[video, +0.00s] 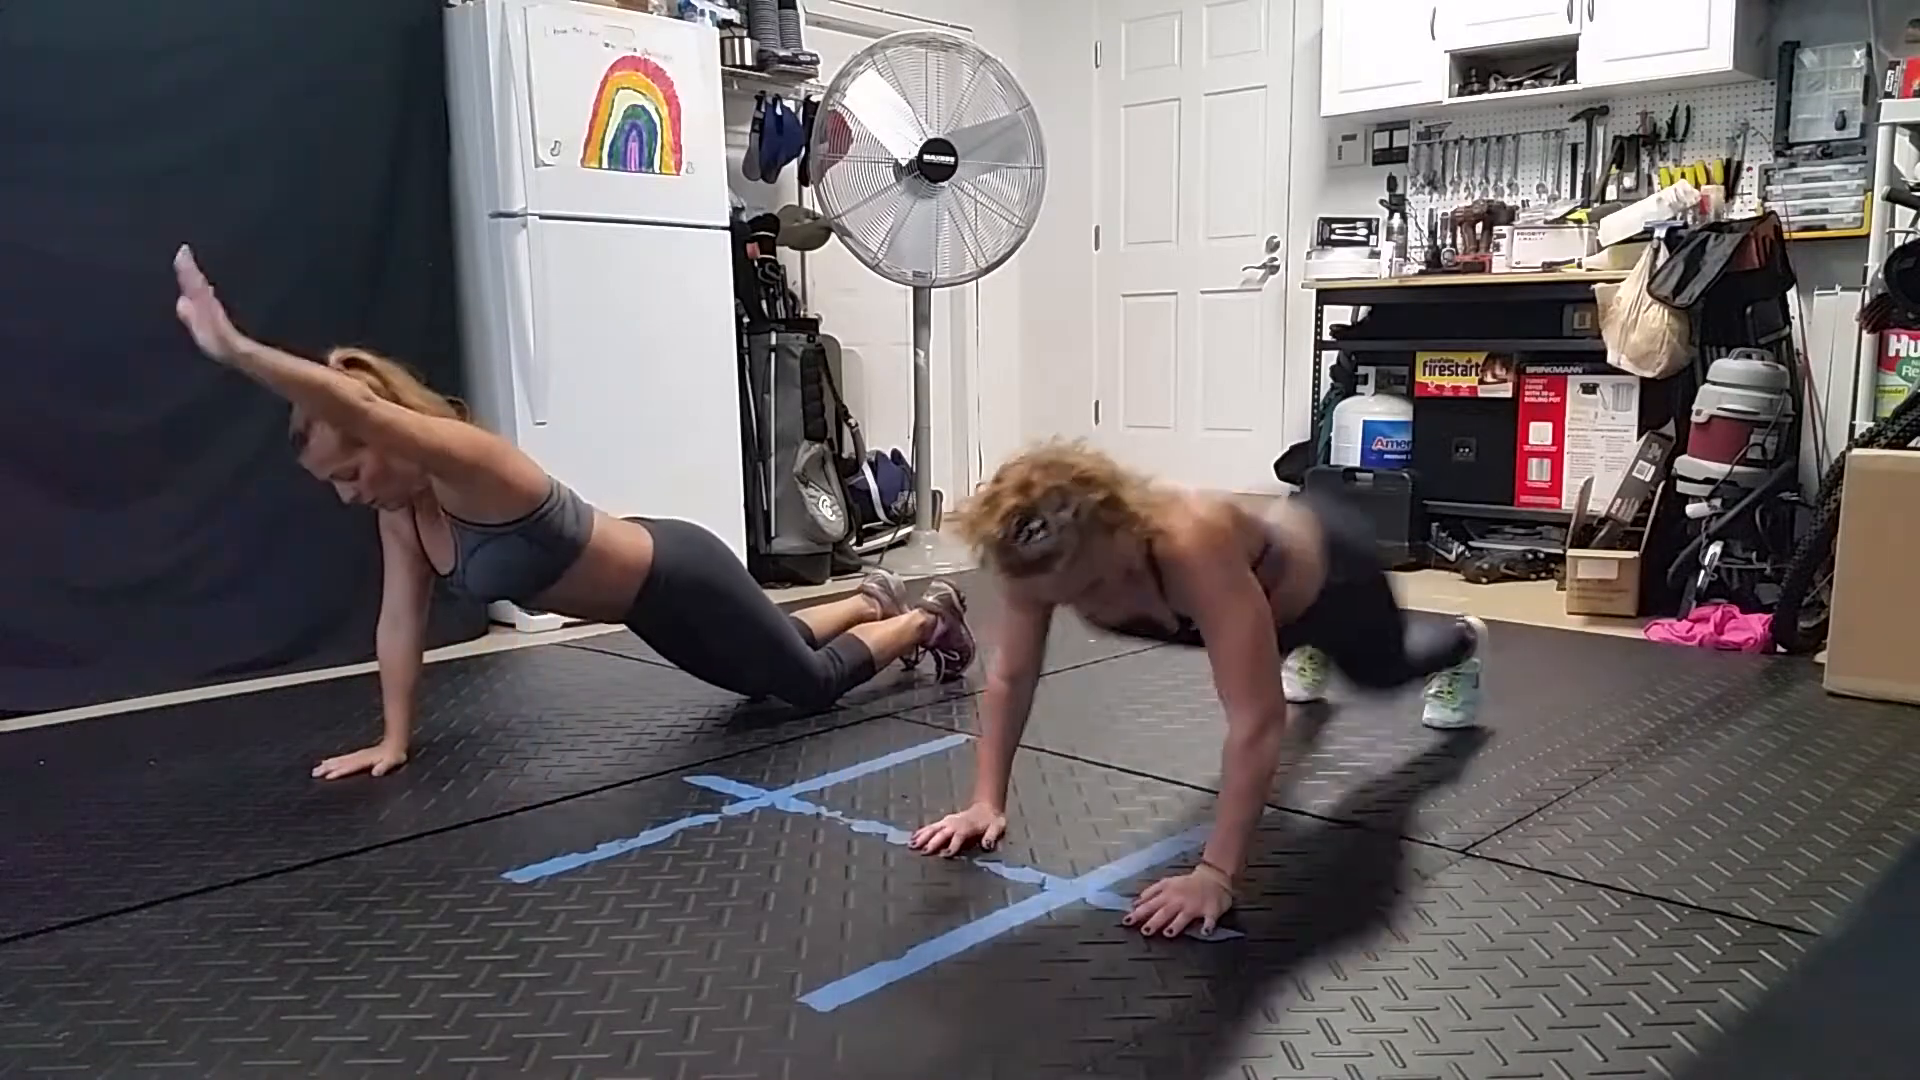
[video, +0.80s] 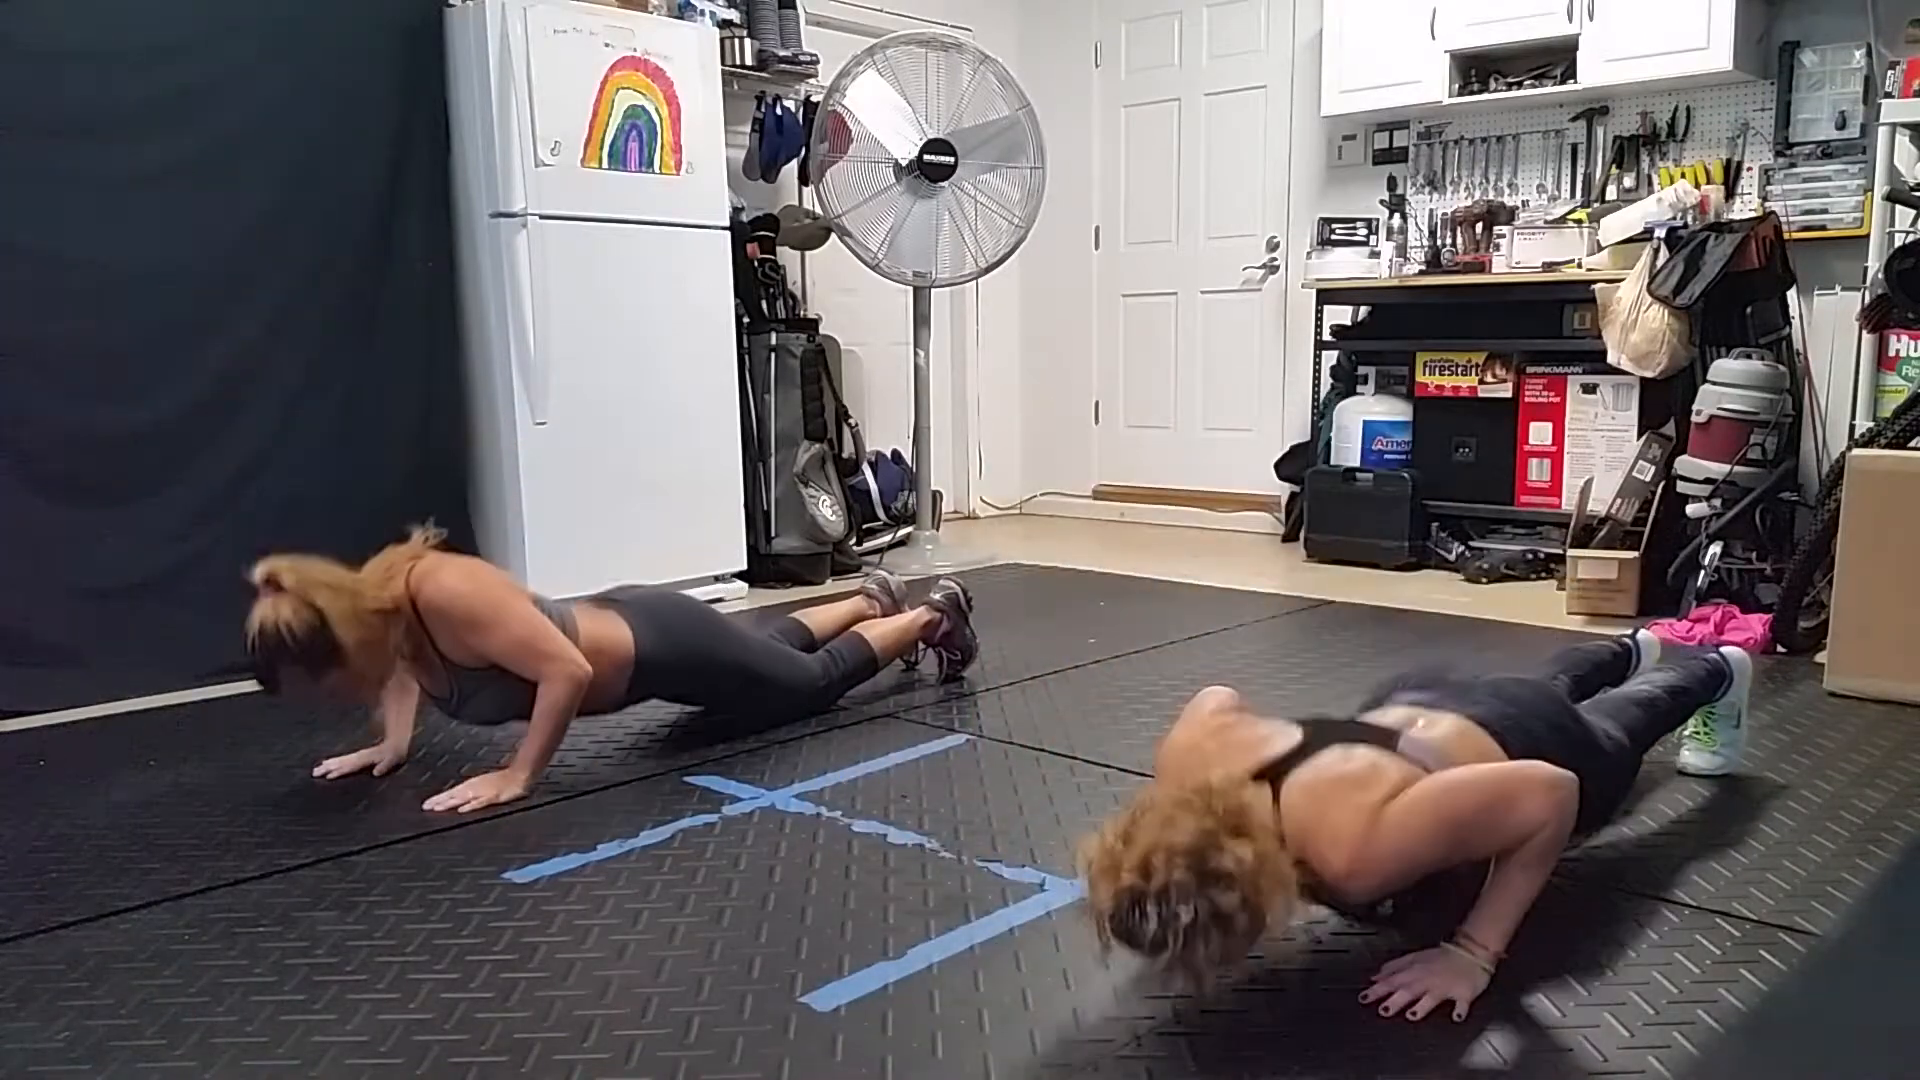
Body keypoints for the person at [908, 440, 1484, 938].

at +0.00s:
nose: (1100, 609)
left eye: (1102, 584)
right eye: (1076, 598)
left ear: (1122, 537)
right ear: (1041, 576)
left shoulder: (1194, 540)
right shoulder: (1034, 560)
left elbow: (1258, 721)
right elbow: (1010, 676)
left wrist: (1216, 873)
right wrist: (985, 802)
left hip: (1331, 580)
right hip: (1244, 596)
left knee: (1383, 662)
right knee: (1271, 648)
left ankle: (1460, 639)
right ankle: (1308, 663)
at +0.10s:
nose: (1081, 574)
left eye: (1088, 554)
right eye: (1067, 562)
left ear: (1124, 510)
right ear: (1051, 542)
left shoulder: (1220, 510)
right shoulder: (1075, 528)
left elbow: (1238, 719)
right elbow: (1047, 663)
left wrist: (1215, 869)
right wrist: (1005, 788)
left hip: (1369, 469)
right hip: (1292, 484)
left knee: (1433, 569)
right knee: (1352, 573)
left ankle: (1487, 639)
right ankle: (1378, 624)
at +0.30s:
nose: (1156, 581)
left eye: (1160, 559)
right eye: (1136, 570)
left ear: (1201, 513)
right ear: (1121, 546)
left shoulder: (1294, 503)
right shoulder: (1135, 535)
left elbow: (1396, 711)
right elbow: (1169, 694)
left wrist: (1430, 914)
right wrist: (1184, 855)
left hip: (1425, 455)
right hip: (1350, 475)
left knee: (1540, 567)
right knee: (1472, 574)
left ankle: (1637, 645)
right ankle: (1549, 628)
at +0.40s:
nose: (1172, 672)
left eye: (1179, 651)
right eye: (1158, 661)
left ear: (1217, 598)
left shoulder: (1333, 570)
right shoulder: (1170, 600)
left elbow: (1457, 760)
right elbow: (1186, 713)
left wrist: (1466, 944)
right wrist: (1186, 857)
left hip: (1470, 549)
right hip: (1393, 536)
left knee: (1595, 628)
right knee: (1527, 631)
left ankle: (1699, 676)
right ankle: (1601, 668)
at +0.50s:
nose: (1208, 733)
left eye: (1210, 716)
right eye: (1189, 730)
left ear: (1233, 670)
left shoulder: (1347, 628)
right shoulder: (1208, 640)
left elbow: (1493, 769)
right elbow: (1200, 736)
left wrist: (1470, 946)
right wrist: (1187, 856)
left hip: (1505, 623)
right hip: (1424, 617)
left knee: (1607, 662)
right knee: (1541, 668)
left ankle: (1702, 669)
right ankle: (1596, 701)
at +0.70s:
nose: (1168, 910)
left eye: (1177, 903)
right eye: (1151, 902)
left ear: (1228, 856)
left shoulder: (1352, 798)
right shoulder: (1196, 718)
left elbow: (1539, 792)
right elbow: (1243, 689)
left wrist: (1471, 950)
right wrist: (1178, 852)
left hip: (1521, 721)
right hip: (1429, 674)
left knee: (1630, 705)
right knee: (1560, 663)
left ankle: (1719, 670)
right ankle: (1644, 644)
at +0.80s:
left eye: (1205, 956)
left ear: (1233, 916)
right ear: (1166, 805)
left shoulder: (1357, 847)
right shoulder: (1181, 763)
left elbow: (1549, 795)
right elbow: (1219, 697)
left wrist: (1473, 951)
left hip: (1524, 741)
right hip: (1430, 701)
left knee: (1627, 714)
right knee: (1546, 681)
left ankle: (1710, 669)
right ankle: (1635, 646)